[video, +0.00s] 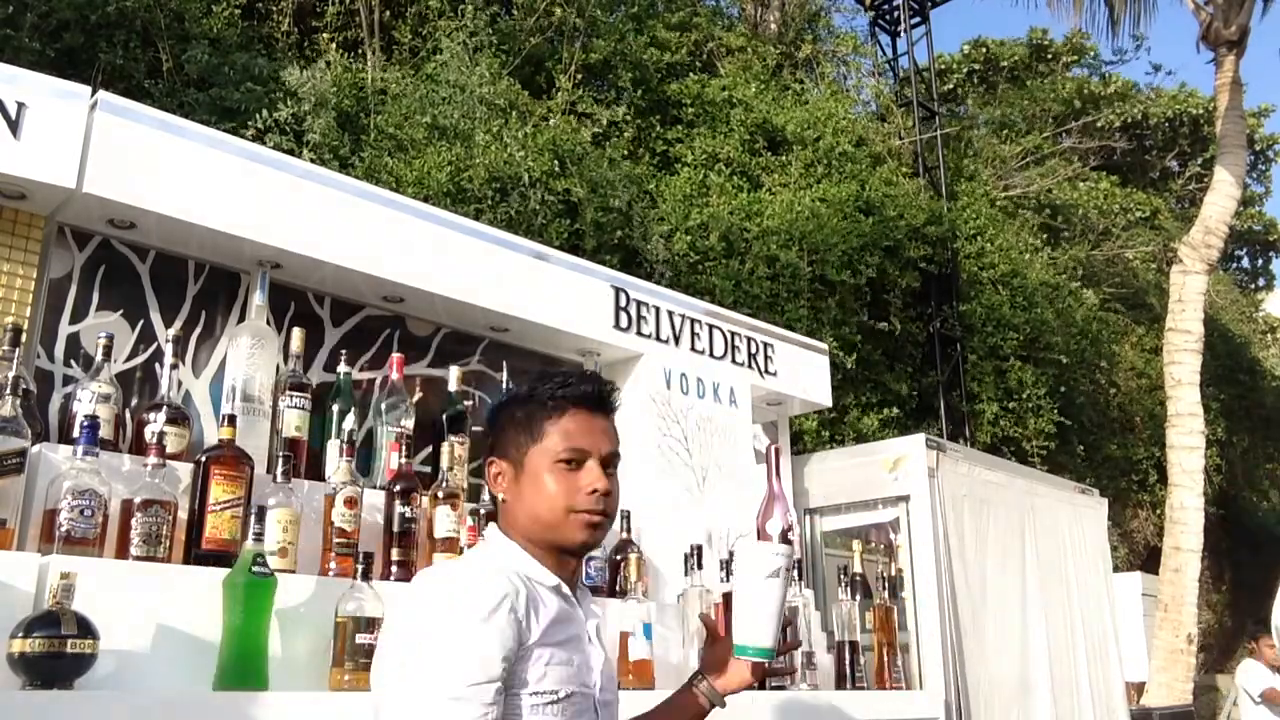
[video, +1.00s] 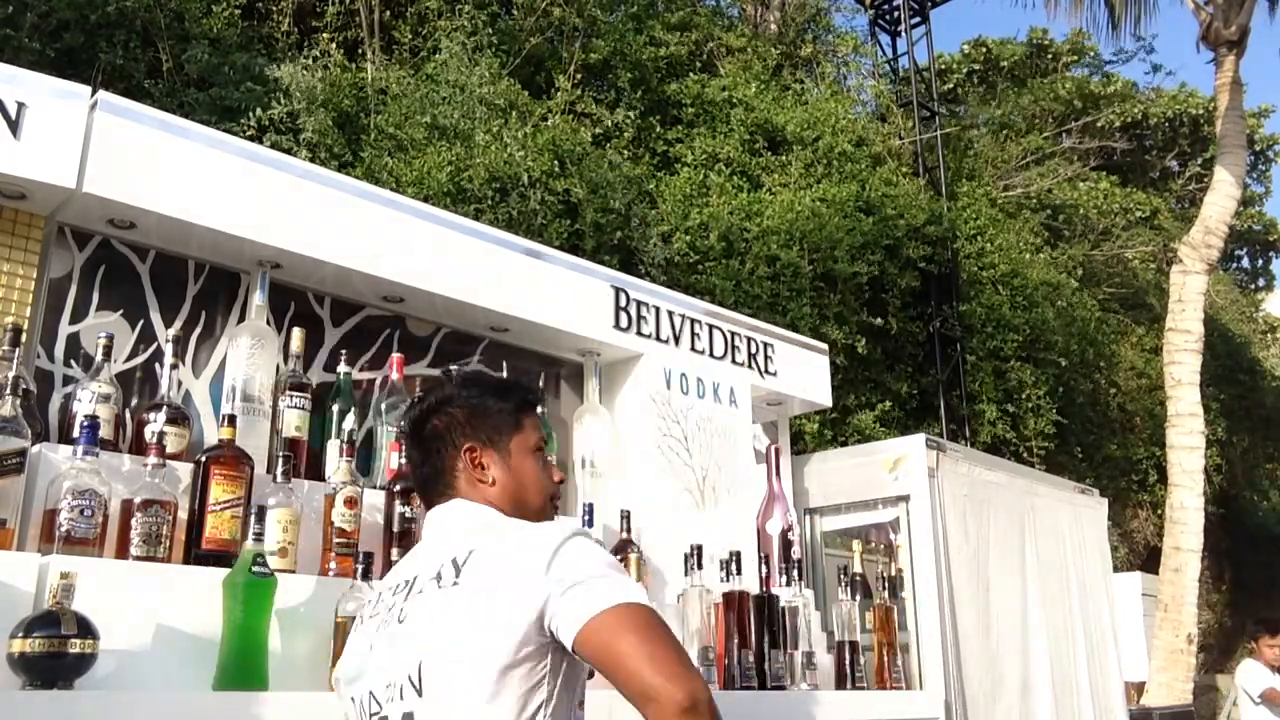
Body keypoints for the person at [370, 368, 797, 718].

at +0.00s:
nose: (600, 484)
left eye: (609, 466)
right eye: (571, 463)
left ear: (618, 476)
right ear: (501, 479)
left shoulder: (578, 607)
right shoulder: (474, 600)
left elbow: (602, 713)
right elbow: (448, 706)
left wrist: (708, 684)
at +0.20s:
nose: (514, 462)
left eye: (530, 442)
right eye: (485, 443)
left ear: (550, 461)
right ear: (432, 469)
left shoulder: (557, 598)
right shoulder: (384, 580)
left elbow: (575, 709)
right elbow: (323, 707)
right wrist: (334, 712)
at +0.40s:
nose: (508, 449)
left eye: (519, 432)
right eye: (481, 431)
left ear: (534, 447)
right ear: (420, 462)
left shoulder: (528, 585)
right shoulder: (384, 553)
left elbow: (555, 707)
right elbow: (418, 705)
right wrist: (498, 528)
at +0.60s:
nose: (545, 468)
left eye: (539, 449)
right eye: (527, 446)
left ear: (453, 451)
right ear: (455, 448)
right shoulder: (452, 543)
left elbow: (534, 706)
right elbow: (610, 652)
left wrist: (654, 700)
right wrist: (724, 493)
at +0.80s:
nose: (548, 473)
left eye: (543, 453)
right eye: (534, 451)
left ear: (467, 453)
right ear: (473, 451)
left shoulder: (423, 548)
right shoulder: (498, 547)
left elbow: (474, 680)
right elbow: (624, 699)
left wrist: (596, 636)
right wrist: (754, 635)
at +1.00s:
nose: (558, 475)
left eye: (547, 453)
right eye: (539, 451)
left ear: (475, 466)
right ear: (479, 464)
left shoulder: (380, 598)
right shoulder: (547, 551)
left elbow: (350, 693)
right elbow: (682, 699)